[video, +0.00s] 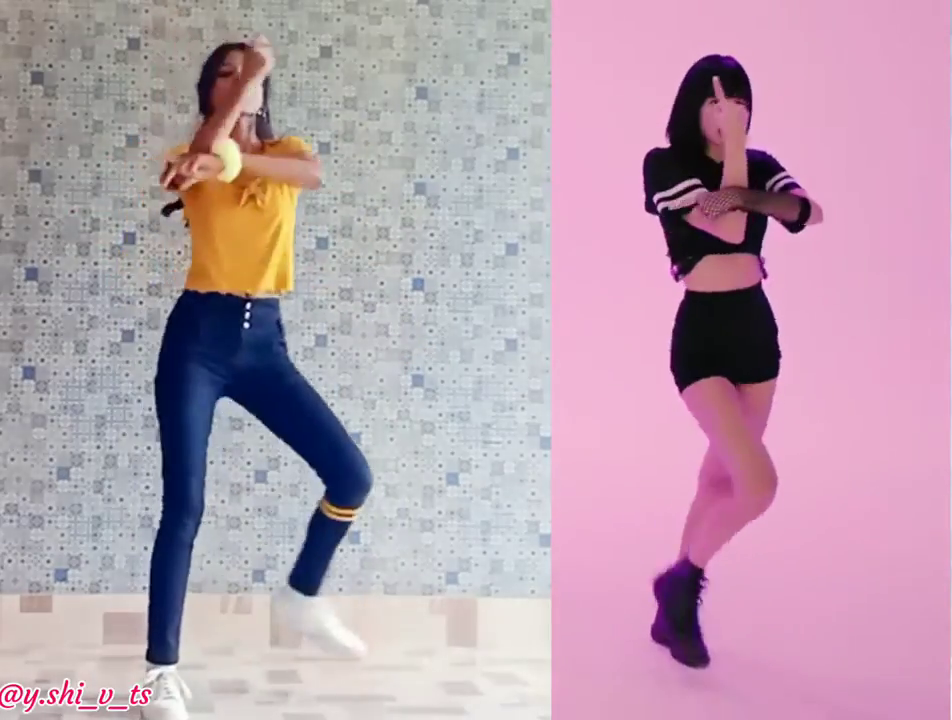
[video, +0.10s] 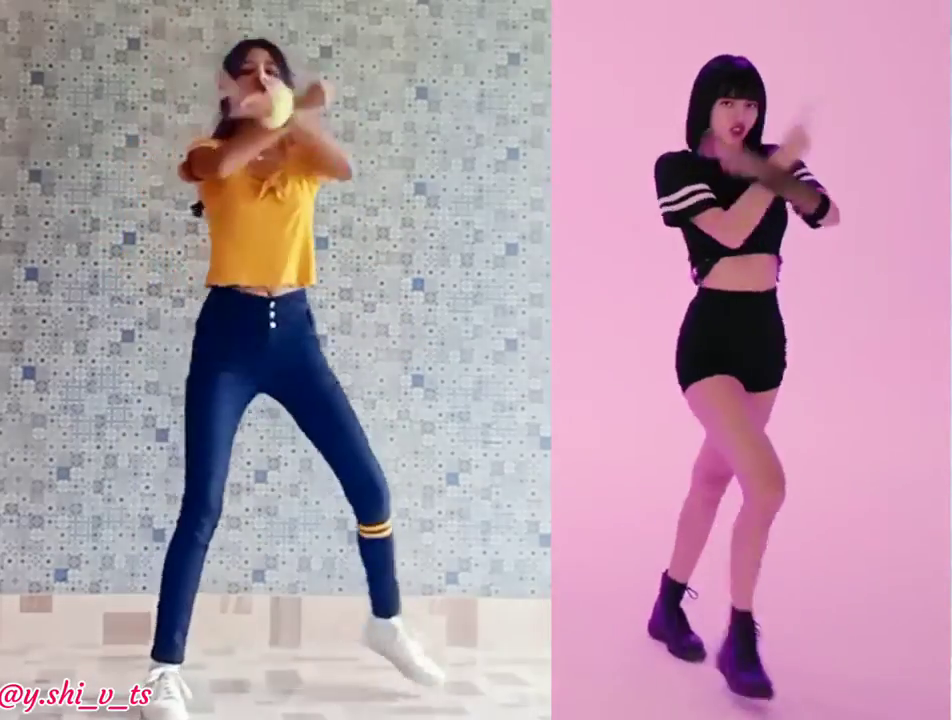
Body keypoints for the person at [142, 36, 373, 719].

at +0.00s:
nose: (248, 87)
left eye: (257, 79)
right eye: (233, 75)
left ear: (267, 94)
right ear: (211, 92)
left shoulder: (285, 149)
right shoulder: (191, 158)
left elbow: (310, 172)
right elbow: (211, 151)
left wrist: (234, 162)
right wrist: (250, 74)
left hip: (265, 348)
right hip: (197, 345)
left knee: (351, 478)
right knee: (185, 503)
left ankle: (299, 599)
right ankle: (162, 671)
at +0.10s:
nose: (259, 78)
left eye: (271, 70)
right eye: (244, 69)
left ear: (288, 90)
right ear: (224, 89)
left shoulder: (302, 151)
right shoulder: (205, 151)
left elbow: (340, 168)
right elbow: (223, 164)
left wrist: (294, 121)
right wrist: (296, 113)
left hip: (298, 341)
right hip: (226, 341)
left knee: (370, 487)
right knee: (202, 506)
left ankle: (387, 622)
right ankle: (165, 670)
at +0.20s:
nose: (284, 99)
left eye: (295, 92)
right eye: (271, 92)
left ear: (311, 109)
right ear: (251, 108)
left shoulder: (325, 174)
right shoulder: (229, 164)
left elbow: (361, 181)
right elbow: (256, 185)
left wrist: (363, 99)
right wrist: (332, 166)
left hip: (330, 349)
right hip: (261, 353)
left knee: (377, 503)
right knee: (230, 516)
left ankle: (415, 645)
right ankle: (169, 671)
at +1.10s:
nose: (298, 110)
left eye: (306, 99)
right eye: (283, 108)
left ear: (327, 112)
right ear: (272, 129)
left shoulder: (360, 186)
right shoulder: (263, 174)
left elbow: (448, 186)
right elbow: (281, 214)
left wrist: (437, 116)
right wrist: (352, 170)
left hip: (326, 360)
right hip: (256, 352)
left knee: (366, 508)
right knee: (202, 503)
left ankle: (407, 654)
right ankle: (142, 654)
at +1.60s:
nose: (298, 129)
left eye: (309, 120)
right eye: (286, 119)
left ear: (326, 135)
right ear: (269, 135)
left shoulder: (346, 198)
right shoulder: (248, 194)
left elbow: (436, 205)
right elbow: (214, 271)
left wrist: (453, 134)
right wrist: (297, 238)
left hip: (296, 385)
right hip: (230, 373)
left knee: (394, 504)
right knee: (164, 515)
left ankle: (392, 653)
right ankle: (96, 660)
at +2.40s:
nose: (277, 127)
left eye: (288, 118)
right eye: (264, 117)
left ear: (302, 132)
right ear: (247, 131)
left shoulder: (321, 188)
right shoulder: (233, 195)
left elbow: (412, 185)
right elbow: (213, 290)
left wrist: (425, 108)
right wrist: (295, 257)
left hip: (291, 382)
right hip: (226, 373)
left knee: (385, 505)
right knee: (162, 520)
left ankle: (389, 660)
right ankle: (95, 662)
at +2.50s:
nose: (261, 127)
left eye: (274, 117)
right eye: (250, 116)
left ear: (291, 129)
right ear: (236, 126)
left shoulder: (315, 184)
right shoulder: (217, 196)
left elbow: (408, 176)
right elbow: (174, 292)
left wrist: (428, 102)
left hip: (289, 377)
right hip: (223, 370)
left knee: (382, 502)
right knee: (160, 517)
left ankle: (390, 658)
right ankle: (95, 661)